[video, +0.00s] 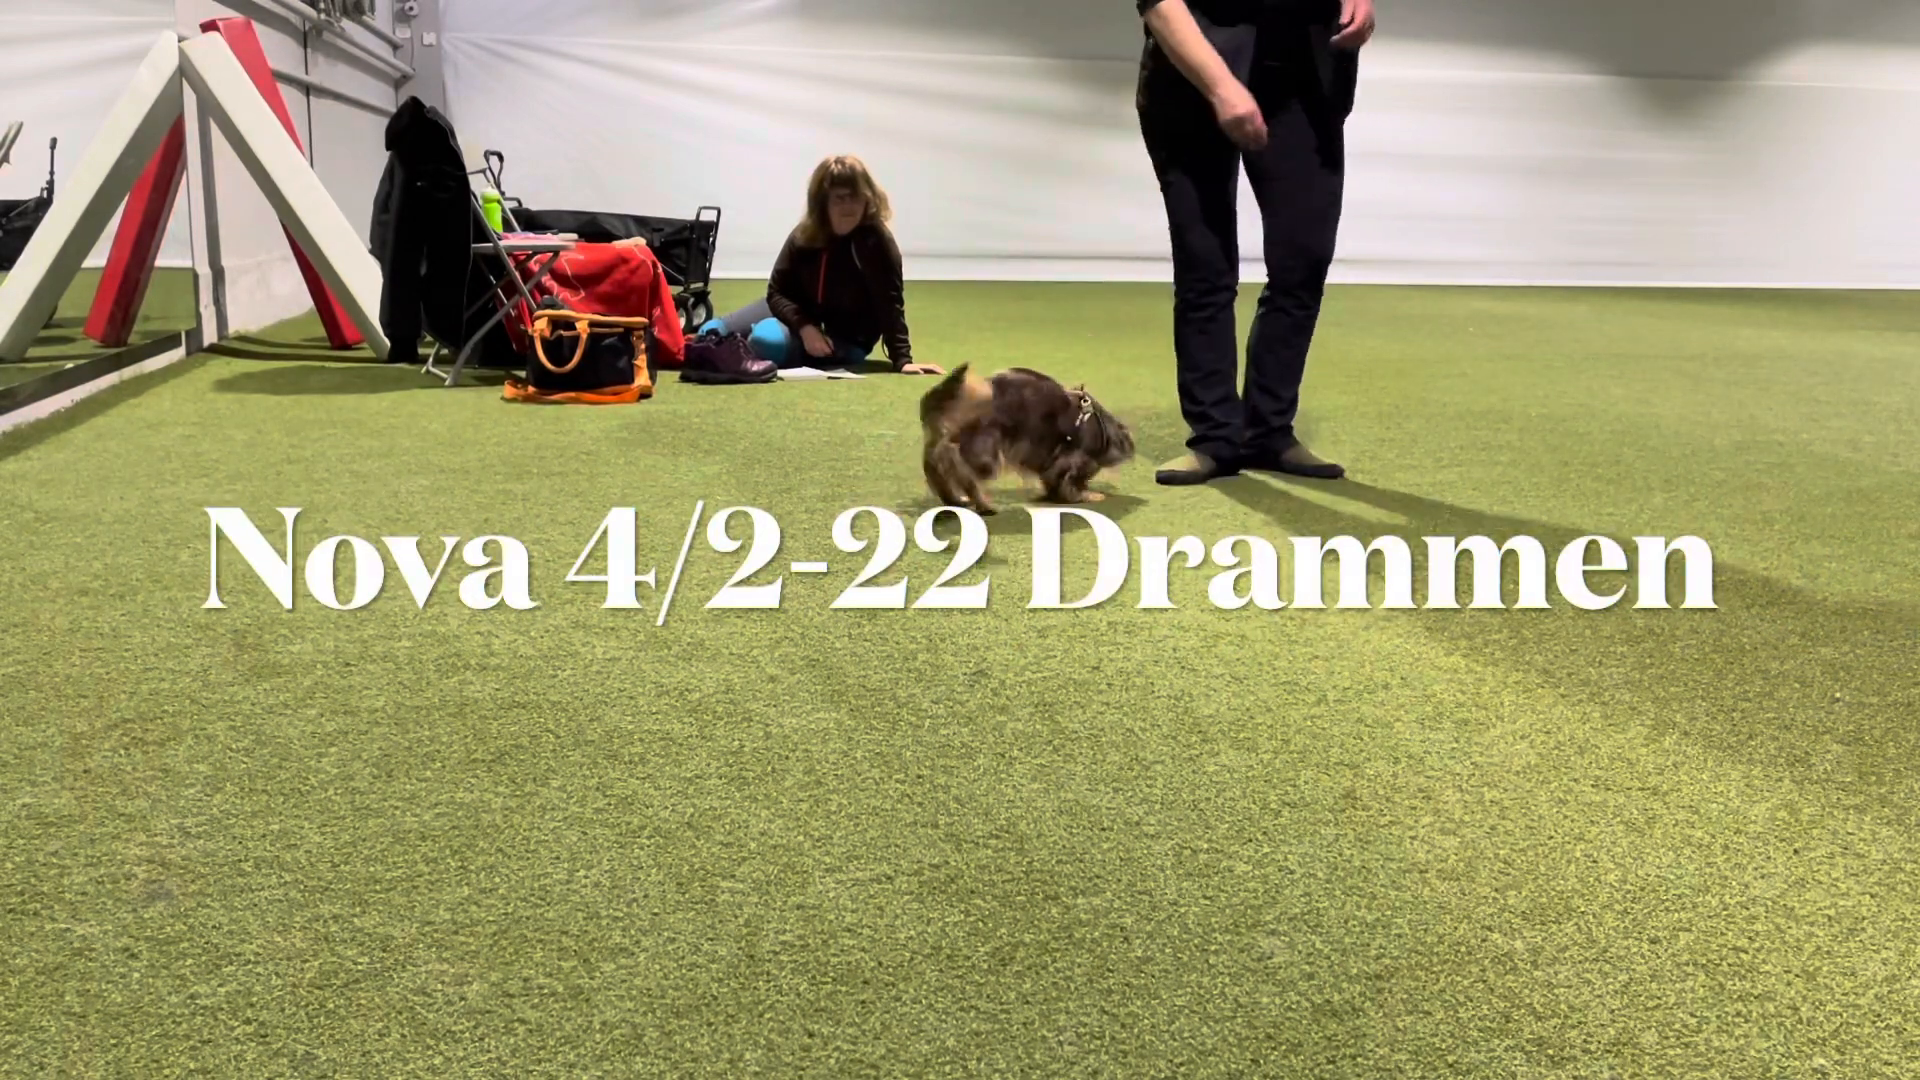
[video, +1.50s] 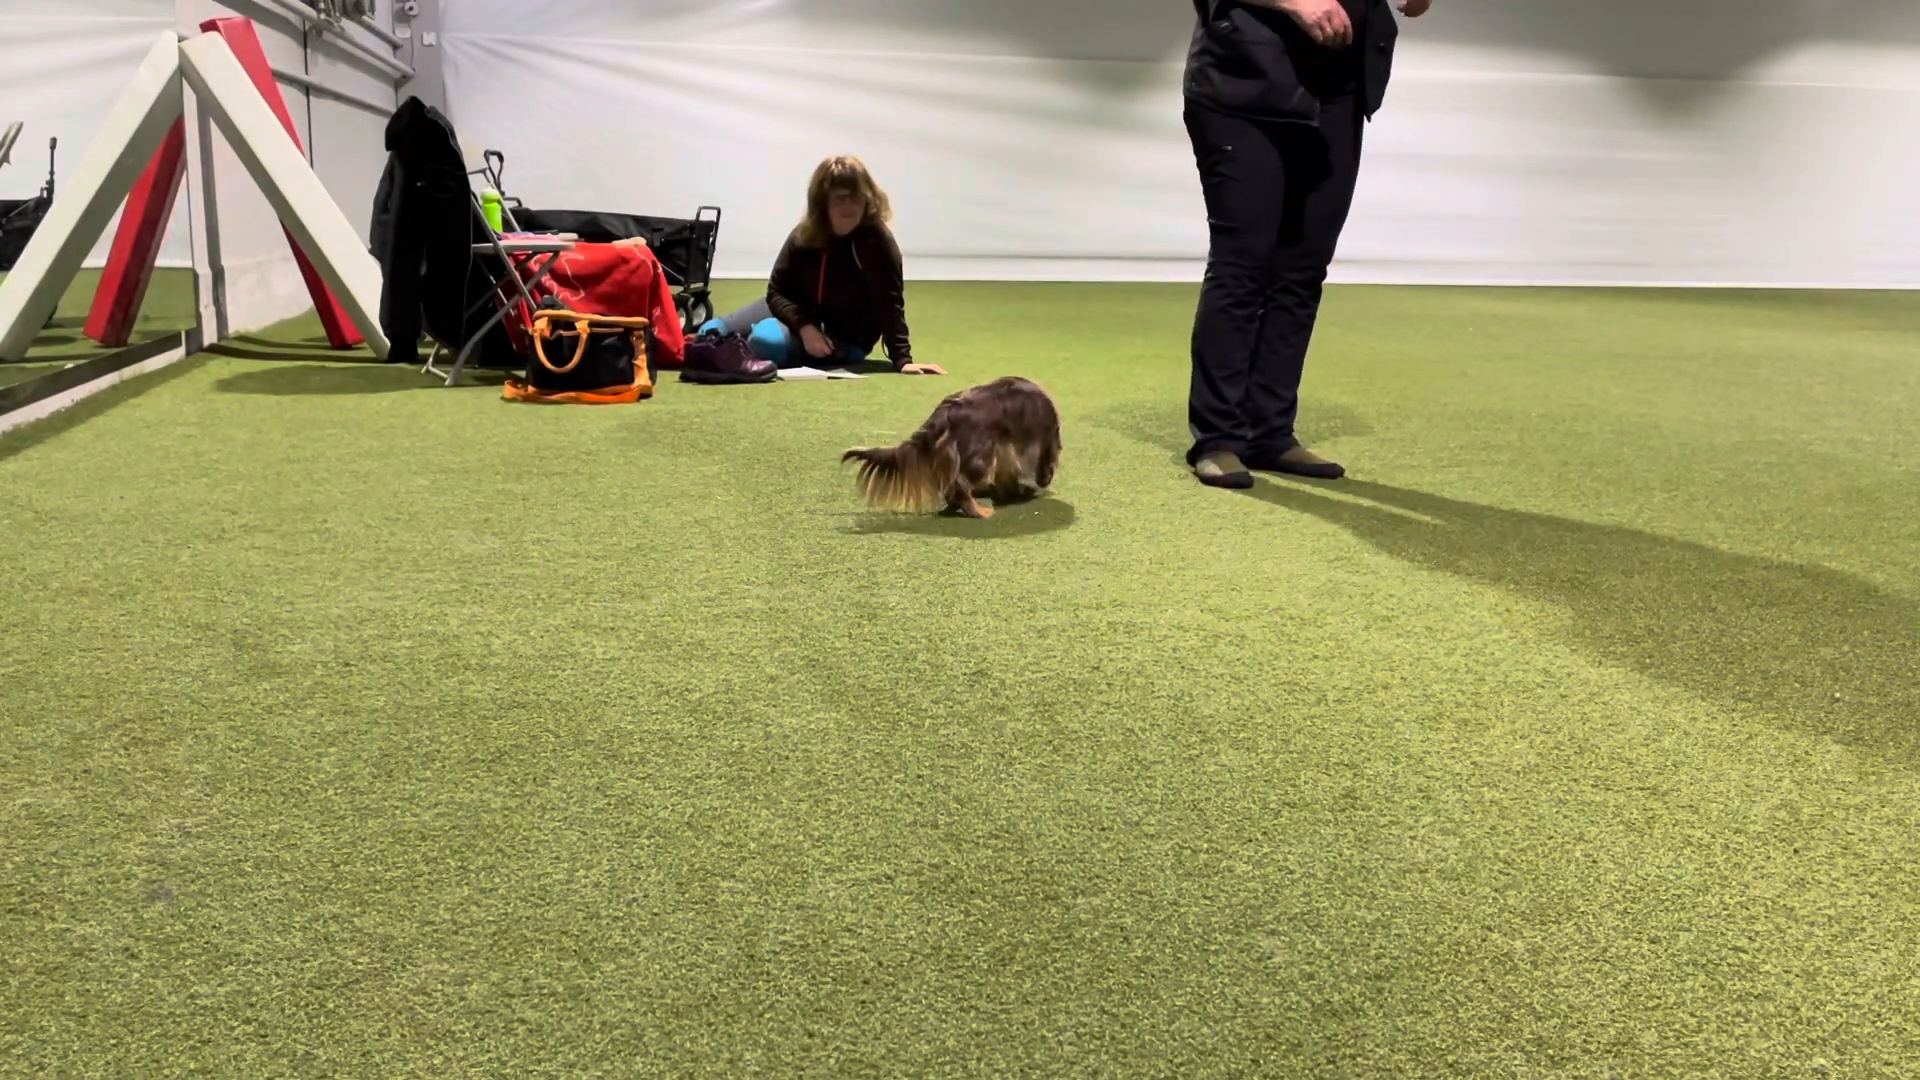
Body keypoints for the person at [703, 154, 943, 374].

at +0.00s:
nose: (848, 205)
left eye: (855, 196)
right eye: (839, 197)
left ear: (867, 200)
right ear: (822, 201)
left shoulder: (878, 242)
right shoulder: (804, 237)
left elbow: (891, 302)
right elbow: (777, 293)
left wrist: (903, 361)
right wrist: (804, 327)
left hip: (841, 338)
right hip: (794, 313)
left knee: (764, 338)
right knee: (712, 332)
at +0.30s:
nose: (847, 205)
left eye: (855, 196)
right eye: (838, 197)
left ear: (867, 200)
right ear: (822, 201)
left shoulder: (878, 244)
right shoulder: (804, 237)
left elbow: (891, 303)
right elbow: (777, 293)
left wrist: (902, 361)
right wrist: (804, 327)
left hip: (840, 338)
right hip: (793, 314)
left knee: (764, 337)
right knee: (714, 331)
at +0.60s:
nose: (848, 205)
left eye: (855, 196)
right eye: (839, 197)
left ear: (866, 200)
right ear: (822, 201)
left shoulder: (878, 243)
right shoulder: (804, 237)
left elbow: (891, 302)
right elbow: (777, 292)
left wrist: (902, 360)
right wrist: (804, 327)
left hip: (841, 338)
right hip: (795, 313)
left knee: (765, 338)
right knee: (714, 331)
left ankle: (738, 343)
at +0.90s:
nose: (847, 205)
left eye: (855, 196)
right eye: (838, 197)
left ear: (866, 200)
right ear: (822, 201)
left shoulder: (878, 243)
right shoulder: (804, 237)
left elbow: (891, 303)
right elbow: (777, 293)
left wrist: (903, 360)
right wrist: (804, 327)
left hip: (840, 338)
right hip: (794, 313)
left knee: (764, 337)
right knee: (714, 331)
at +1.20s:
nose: (847, 205)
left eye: (855, 196)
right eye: (838, 197)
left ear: (866, 200)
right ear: (822, 201)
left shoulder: (878, 243)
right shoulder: (804, 237)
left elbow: (891, 302)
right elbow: (777, 292)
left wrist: (902, 360)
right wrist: (804, 327)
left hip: (840, 338)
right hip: (794, 313)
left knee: (764, 338)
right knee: (713, 331)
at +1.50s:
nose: (847, 205)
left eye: (855, 196)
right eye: (838, 197)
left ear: (867, 200)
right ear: (822, 202)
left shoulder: (878, 242)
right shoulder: (804, 237)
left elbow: (891, 302)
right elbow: (777, 293)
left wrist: (903, 360)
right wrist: (804, 327)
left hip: (841, 338)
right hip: (794, 313)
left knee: (763, 337)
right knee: (715, 331)